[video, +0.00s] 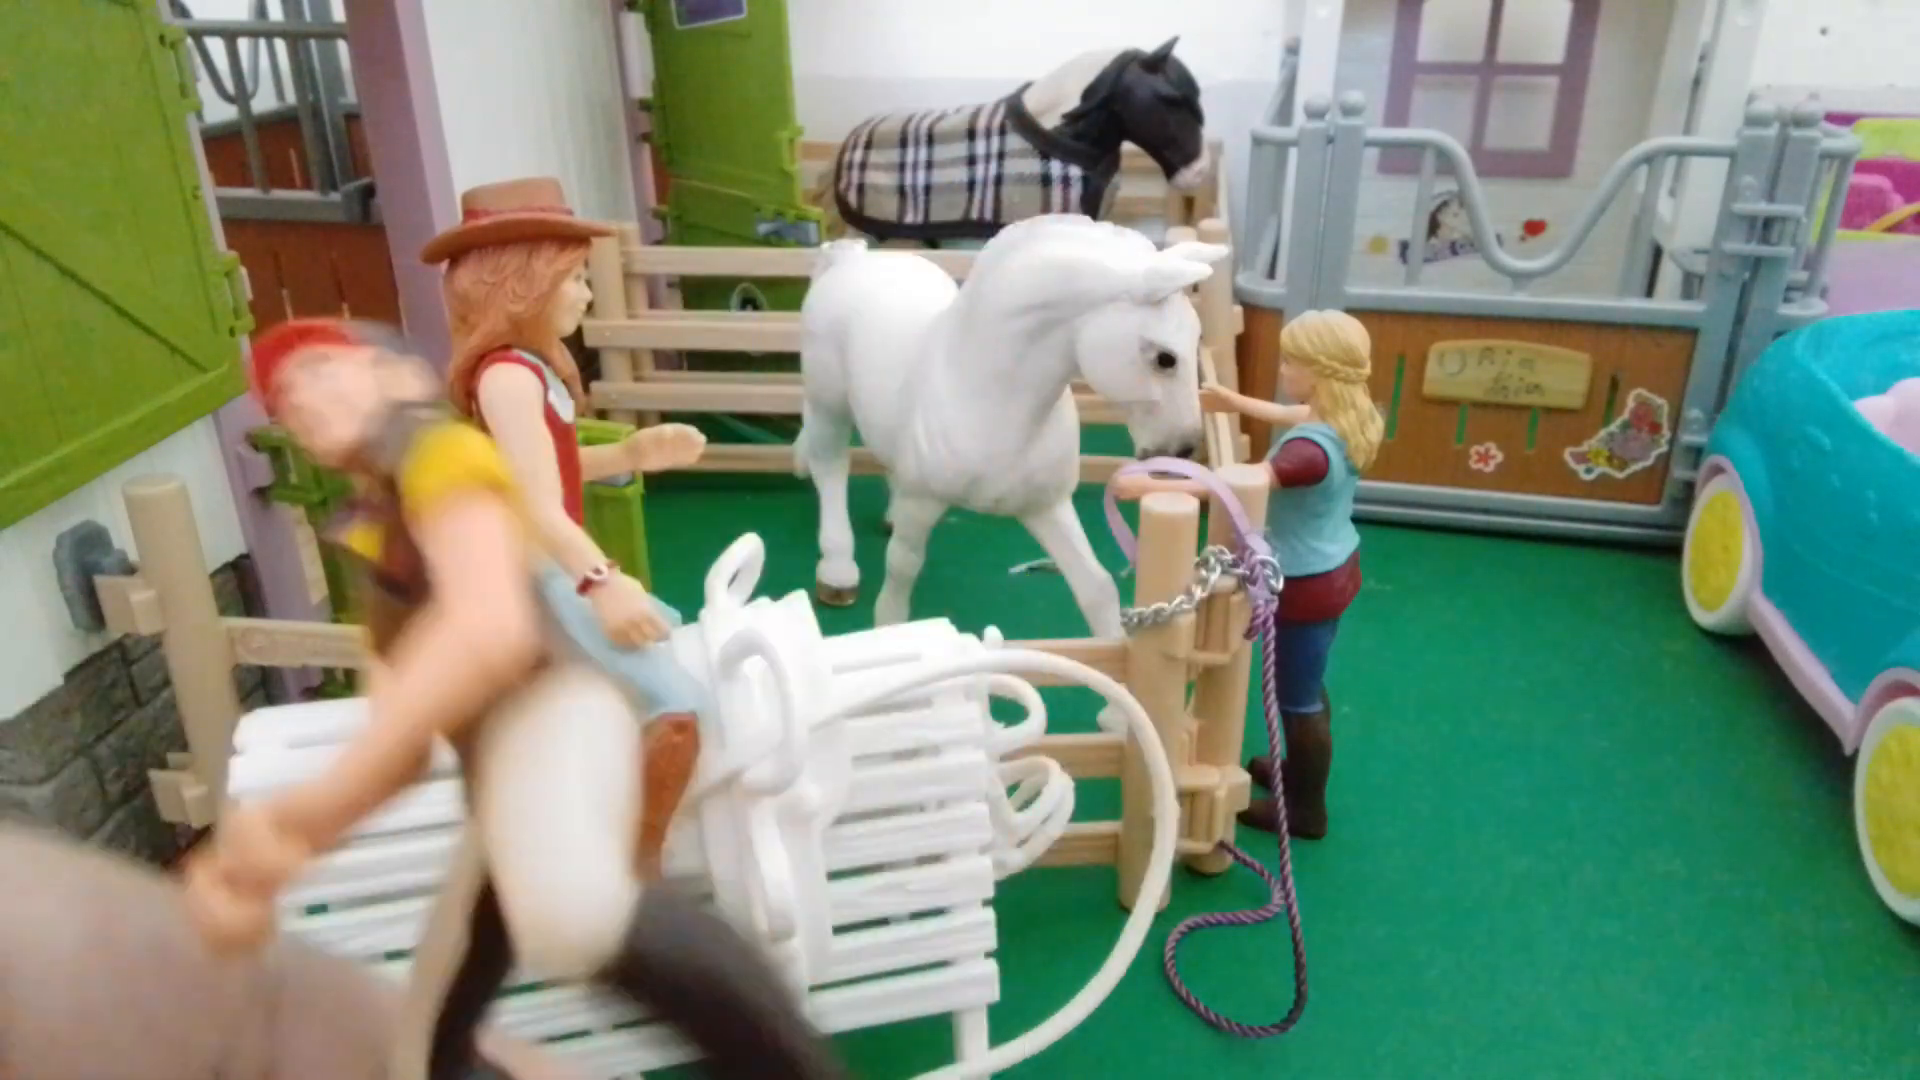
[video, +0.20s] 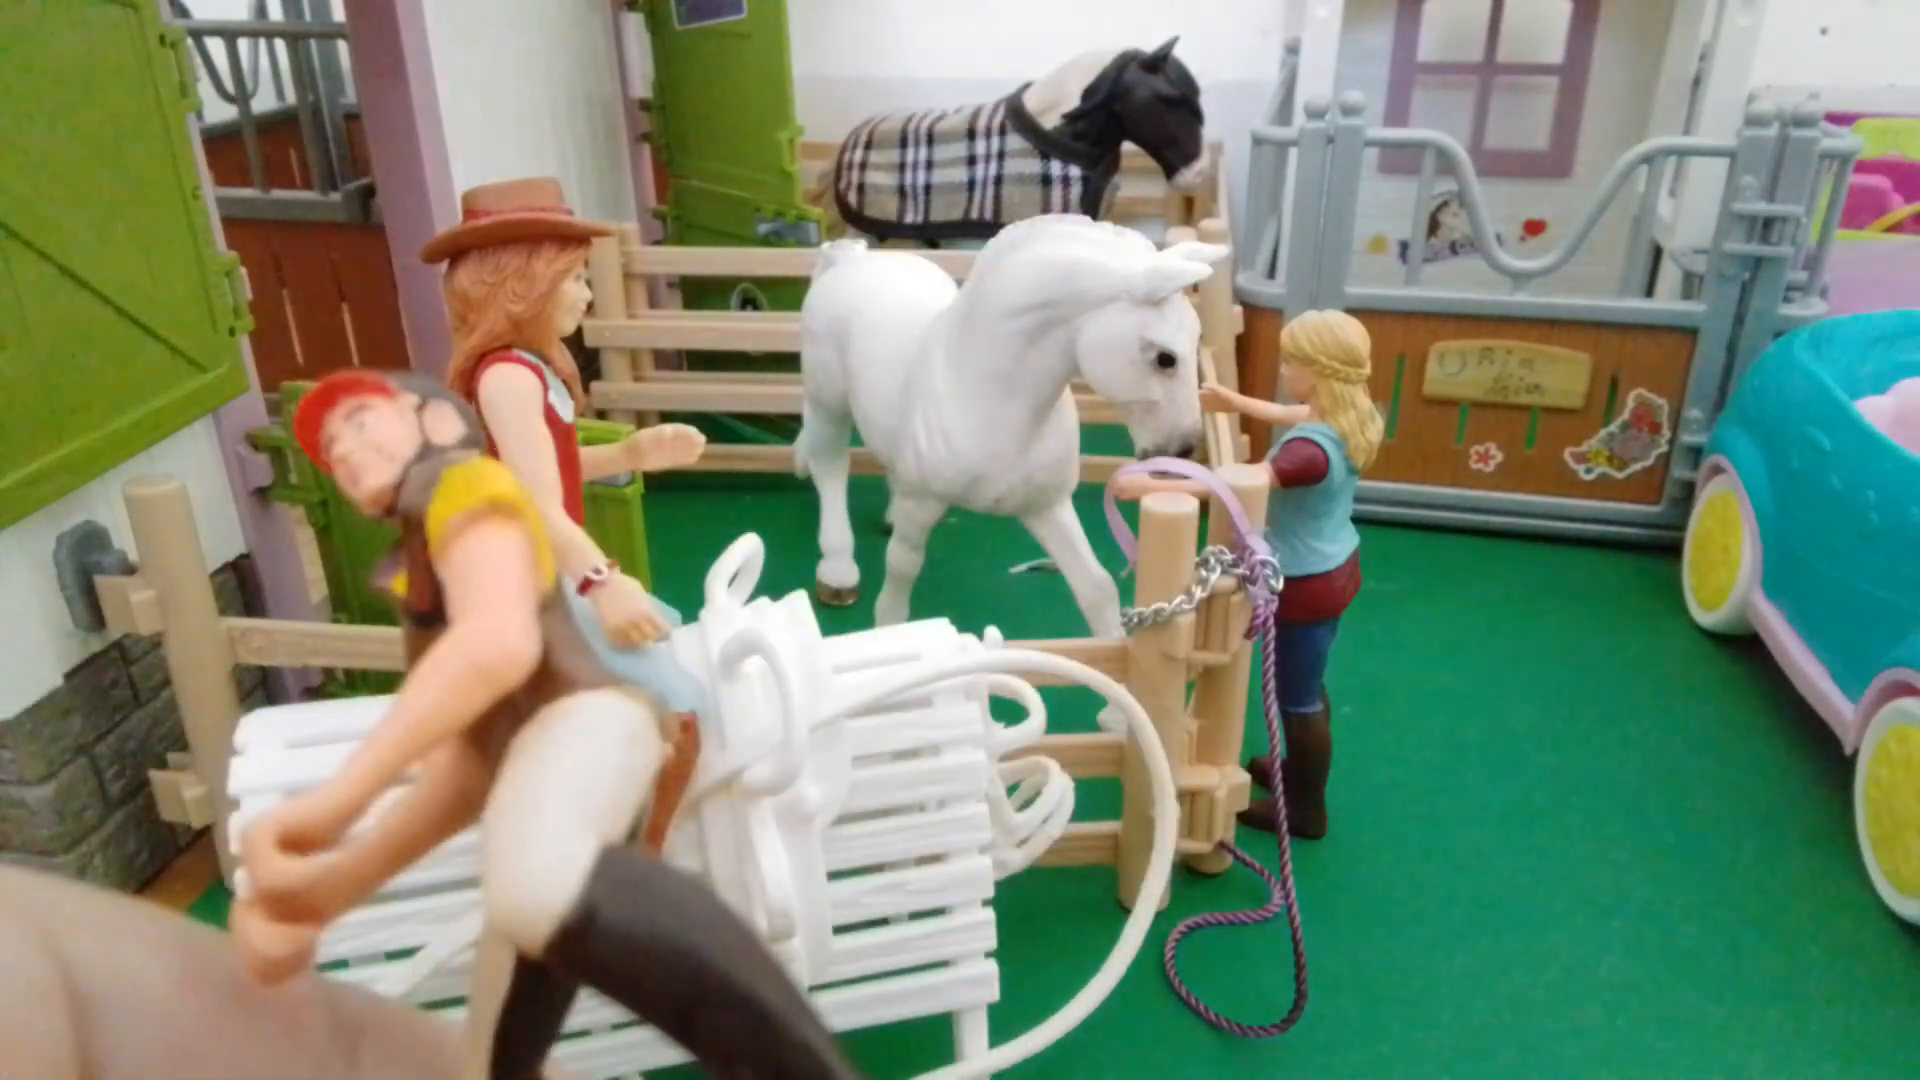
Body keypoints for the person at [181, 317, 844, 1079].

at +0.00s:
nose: (304, 406)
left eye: (317, 375)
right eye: (286, 402)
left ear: (378, 364)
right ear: (292, 430)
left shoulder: (441, 451)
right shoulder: (377, 510)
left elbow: (490, 627)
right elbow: (405, 733)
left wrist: (300, 822)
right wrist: (285, 834)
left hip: (557, 705)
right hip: (503, 748)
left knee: (569, 920)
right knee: (430, 1039)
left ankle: (794, 1061)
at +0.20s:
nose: (345, 448)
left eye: (361, 418)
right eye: (329, 449)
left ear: (427, 415)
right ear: (340, 482)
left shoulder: (467, 483)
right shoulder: (423, 560)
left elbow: (499, 643)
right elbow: (464, 771)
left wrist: (342, 799)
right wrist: (332, 886)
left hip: (596, 705)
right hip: (531, 751)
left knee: (536, 880)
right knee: (491, 1059)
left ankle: (815, 1068)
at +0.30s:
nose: (363, 483)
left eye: (380, 454)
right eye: (348, 482)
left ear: (446, 452)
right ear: (354, 516)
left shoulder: (485, 515)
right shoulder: (435, 608)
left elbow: (512, 675)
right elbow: (472, 807)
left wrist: (356, 827)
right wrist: (332, 923)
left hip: (607, 733)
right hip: (538, 781)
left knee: (546, 913)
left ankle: (794, 1064)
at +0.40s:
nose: (385, 466)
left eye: (398, 436)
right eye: (370, 460)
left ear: (459, 419)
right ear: (377, 485)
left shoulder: (517, 500)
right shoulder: (465, 580)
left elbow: (562, 647)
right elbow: (488, 791)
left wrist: (410, 798)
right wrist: (377, 883)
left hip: (637, 718)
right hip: (579, 761)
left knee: (632, 875)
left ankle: (893, 1052)